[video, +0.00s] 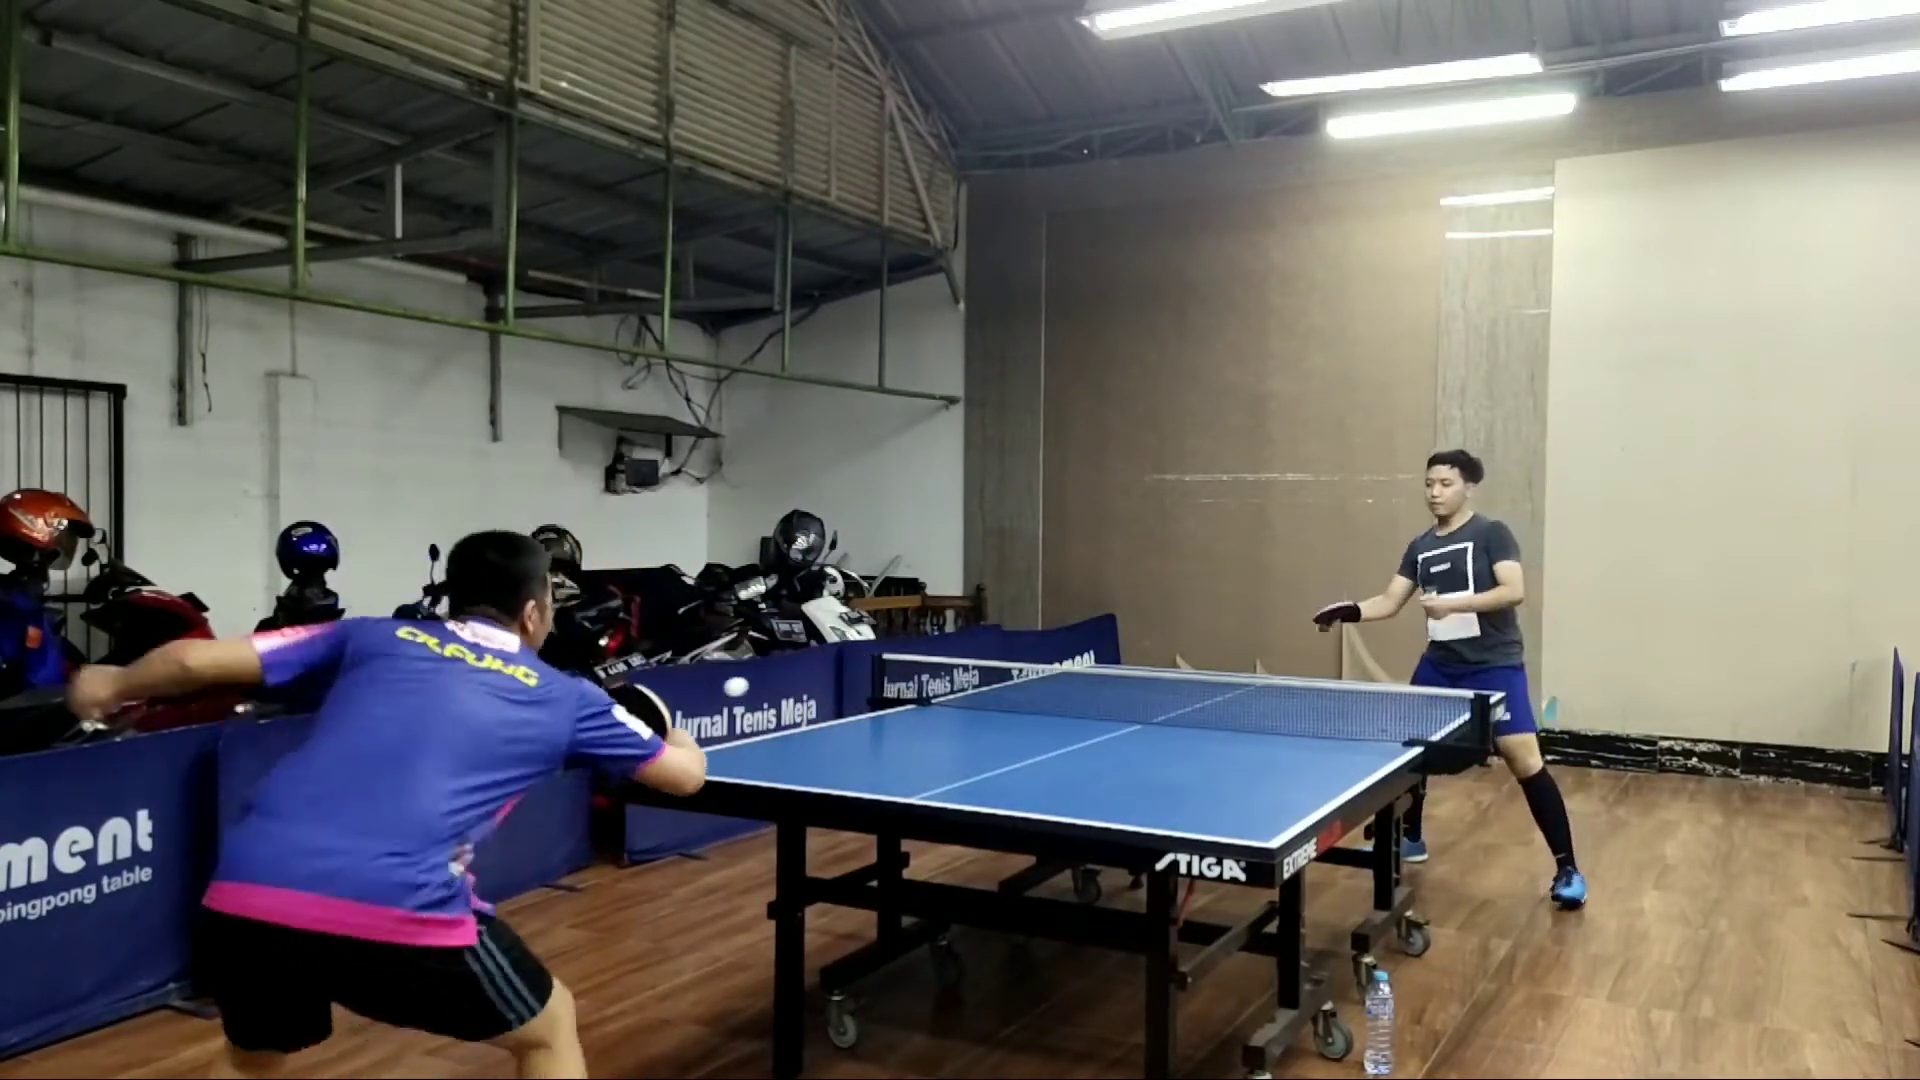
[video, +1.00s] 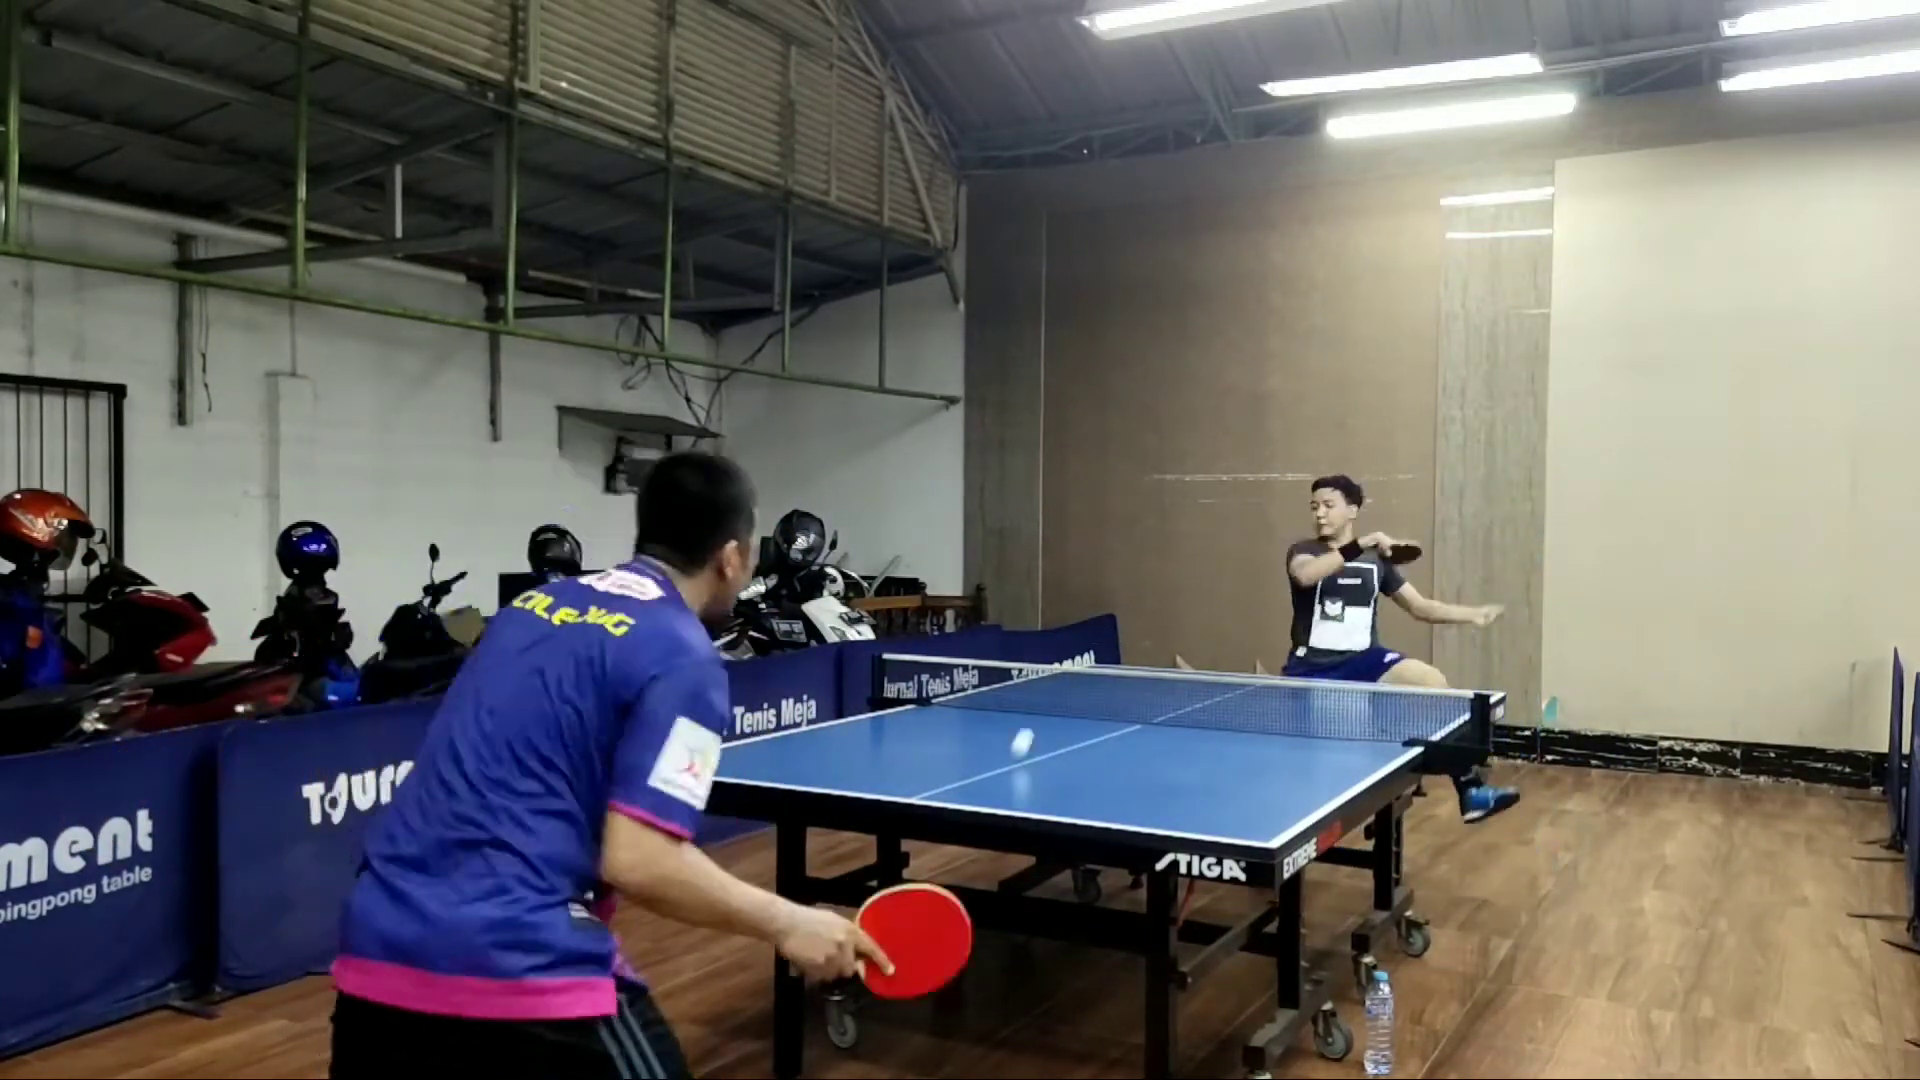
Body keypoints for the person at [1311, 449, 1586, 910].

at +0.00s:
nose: (1435, 491)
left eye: (1446, 484)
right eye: (1431, 483)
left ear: (1469, 488)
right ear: (1426, 489)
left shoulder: (1491, 534)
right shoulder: (1421, 546)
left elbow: (1513, 590)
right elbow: (1390, 601)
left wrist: (1452, 604)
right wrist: (1348, 611)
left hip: (1496, 666)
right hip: (1439, 664)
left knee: (1525, 762)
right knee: (1408, 744)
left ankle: (1567, 870)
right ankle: (1411, 837)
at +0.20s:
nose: (1422, 502)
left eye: (1432, 493)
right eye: (1417, 495)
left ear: (1458, 498)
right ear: (1416, 502)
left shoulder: (1481, 537)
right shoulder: (1427, 561)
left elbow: (1493, 589)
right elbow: (1418, 623)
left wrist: (1427, 603)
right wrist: (1371, 641)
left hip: (1510, 666)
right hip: (1458, 666)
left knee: (1526, 761)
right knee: (1409, 738)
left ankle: (1570, 873)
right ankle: (1410, 840)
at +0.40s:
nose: (1392, 538)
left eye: (1400, 528)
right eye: (1388, 531)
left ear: (1427, 528)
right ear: (1394, 536)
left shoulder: (1445, 561)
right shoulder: (1425, 575)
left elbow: (1418, 606)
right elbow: (1447, 648)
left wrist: (1349, 622)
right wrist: (1428, 683)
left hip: (1500, 682)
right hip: (1452, 683)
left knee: (1507, 782)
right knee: (1385, 737)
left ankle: (1568, 876)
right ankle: (1379, 837)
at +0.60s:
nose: (1337, 553)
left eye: (1345, 545)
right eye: (1336, 546)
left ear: (1373, 546)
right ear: (1372, 549)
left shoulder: (1377, 570)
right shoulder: (1383, 580)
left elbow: (1366, 597)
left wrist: (1309, 616)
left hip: (1446, 688)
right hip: (1407, 690)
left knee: (1478, 781)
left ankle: (1564, 873)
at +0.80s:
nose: (1319, 514)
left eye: (1327, 505)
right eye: (1316, 507)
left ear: (1355, 508)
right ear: (1316, 514)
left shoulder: (1384, 548)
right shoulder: (1311, 561)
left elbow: (1417, 590)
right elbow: (1263, 582)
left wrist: (1406, 572)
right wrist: (1256, 549)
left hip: (1403, 655)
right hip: (1350, 664)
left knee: (1449, 687)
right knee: (1301, 716)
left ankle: (1479, 801)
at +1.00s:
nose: (1318, 513)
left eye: (1327, 505)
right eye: (1314, 506)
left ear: (1353, 510)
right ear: (1311, 511)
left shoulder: (1375, 562)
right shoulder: (1303, 551)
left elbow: (1420, 607)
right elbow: (1303, 575)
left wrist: (1473, 615)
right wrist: (1360, 546)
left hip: (1362, 659)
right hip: (1308, 664)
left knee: (1432, 682)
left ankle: (1471, 791)